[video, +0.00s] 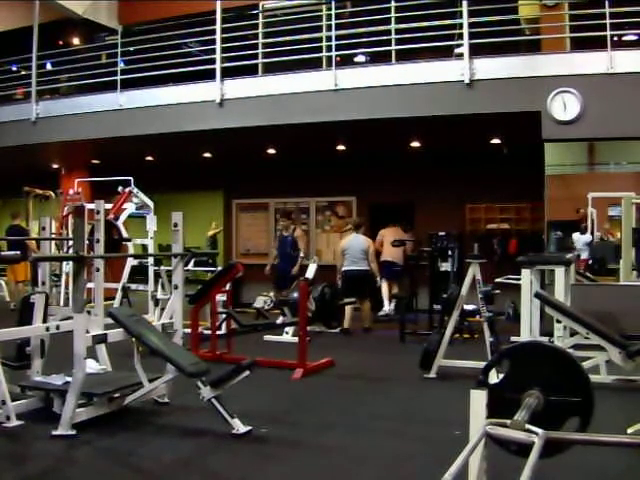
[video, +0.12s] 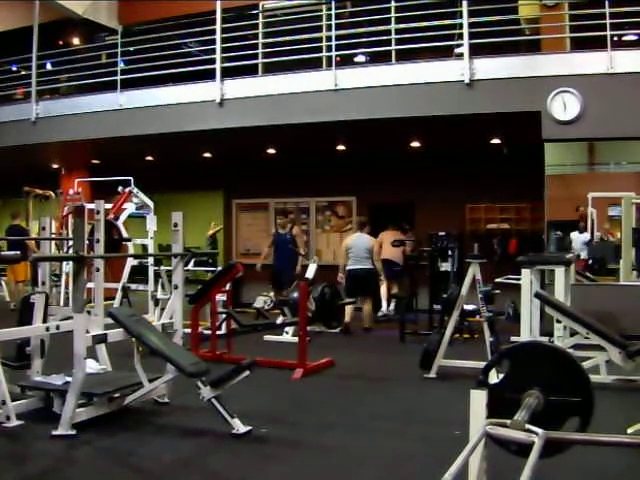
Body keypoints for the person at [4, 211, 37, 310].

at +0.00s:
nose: (21, 218)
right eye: (21, 216)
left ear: (11, 218)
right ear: (20, 217)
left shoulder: (8, 230)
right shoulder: (23, 230)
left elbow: (7, 242)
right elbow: (30, 243)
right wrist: (37, 251)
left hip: (10, 259)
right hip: (21, 258)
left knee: (12, 283)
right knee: (21, 283)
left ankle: (12, 302)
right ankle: (21, 303)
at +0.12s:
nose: (21, 218)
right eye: (21, 216)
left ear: (11, 218)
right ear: (20, 217)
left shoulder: (8, 230)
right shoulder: (23, 230)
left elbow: (7, 242)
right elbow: (30, 243)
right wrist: (37, 251)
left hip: (10, 258)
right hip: (21, 258)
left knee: (12, 283)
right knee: (20, 283)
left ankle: (12, 302)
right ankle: (21, 303)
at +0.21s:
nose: (21, 218)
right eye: (21, 216)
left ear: (12, 217)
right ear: (20, 217)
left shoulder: (8, 230)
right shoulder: (23, 230)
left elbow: (7, 242)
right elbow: (30, 244)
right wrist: (38, 251)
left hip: (10, 259)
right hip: (21, 258)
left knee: (11, 283)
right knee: (20, 283)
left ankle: (12, 302)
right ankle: (21, 303)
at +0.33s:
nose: (20, 219)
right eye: (20, 217)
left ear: (12, 218)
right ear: (20, 217)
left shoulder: (8, 230)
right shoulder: (23, 230)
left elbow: (8, 242)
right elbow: (29, 243)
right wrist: (37, 250)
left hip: (10, 259)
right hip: (21, 258)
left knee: (11, 283)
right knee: (21, 283)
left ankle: (13, 302)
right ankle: (21, 302)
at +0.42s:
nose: (20, 219)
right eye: (20, 217)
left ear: (11, 218)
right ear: (20, 217)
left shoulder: (8, 229)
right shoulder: (23, 230)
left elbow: (8, 242)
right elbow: (29, 243)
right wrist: (36, 250)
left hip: (10, 259)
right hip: (22, 258)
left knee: (11, 282)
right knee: (21, 283)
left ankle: (11, 300)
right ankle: (21, 302)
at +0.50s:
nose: (21, 218)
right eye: (21, 216)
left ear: (12, 217)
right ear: (20, 217)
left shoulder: (9, 229)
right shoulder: (23, 230)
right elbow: (29, 243)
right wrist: (36, 250)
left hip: (10, 258)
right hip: (21, 258)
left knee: (11, 281)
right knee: (20, 282)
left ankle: (10, 299)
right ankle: (20, 302)